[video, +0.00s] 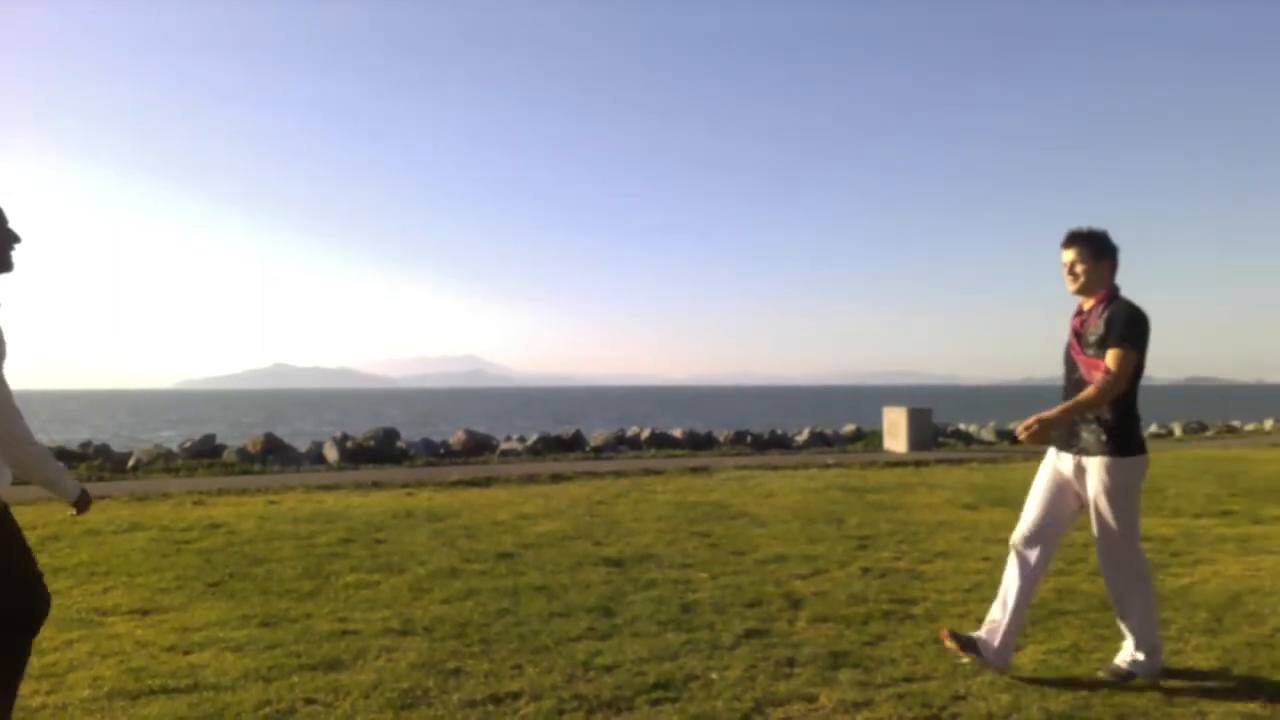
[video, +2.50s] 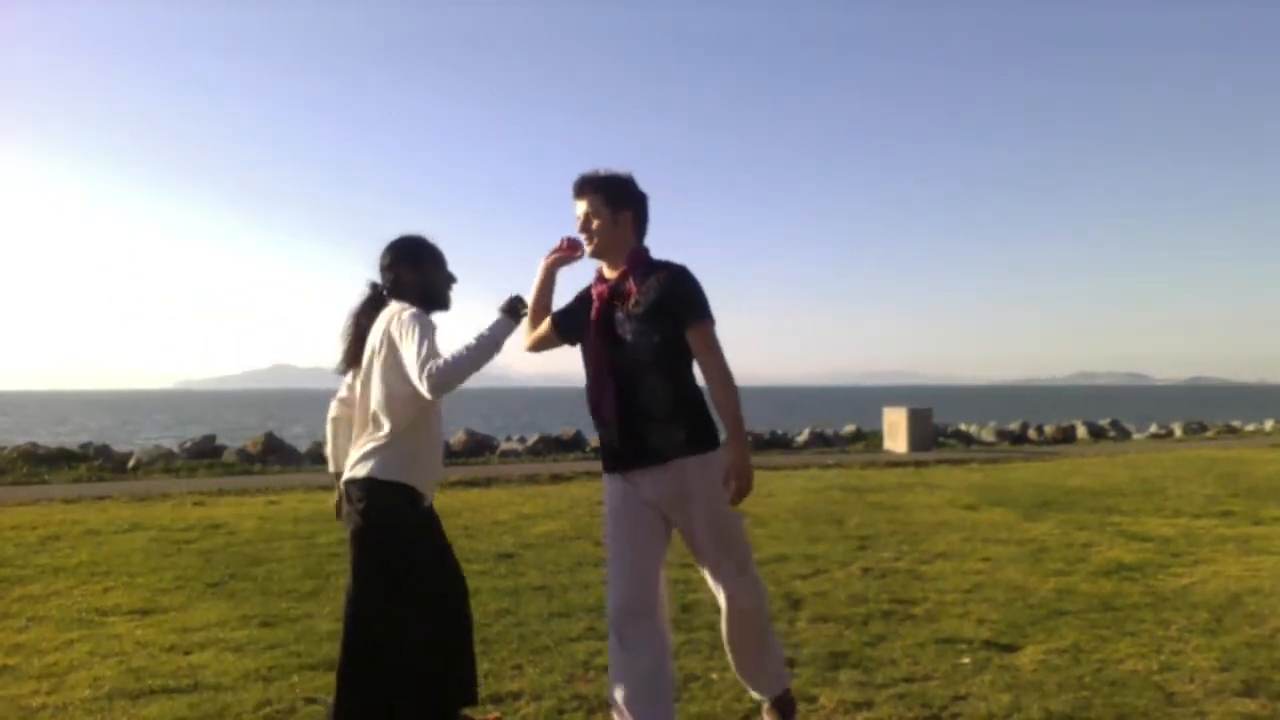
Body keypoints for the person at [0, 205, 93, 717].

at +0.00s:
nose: (12, 246)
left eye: (9, 235)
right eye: (6, 234)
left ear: (3, 243)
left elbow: (8, 420)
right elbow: (7, 422)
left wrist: (65, 484)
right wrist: (67, 486)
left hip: (2, 501)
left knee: (25, 599)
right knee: (26, 599)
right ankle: (5, 703)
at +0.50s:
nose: (167, 254)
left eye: (159, 244)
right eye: (153, 245)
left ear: (110, 260)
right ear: (119, 257)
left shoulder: (91, 313)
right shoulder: (131, 315)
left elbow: (72, 419)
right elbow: (136, 426)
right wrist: (164, 515)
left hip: (85, 491)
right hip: (113, 492)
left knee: (147, 614)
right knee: (110, 630)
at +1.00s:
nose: (253, 271)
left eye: (246, 262)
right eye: (239, 263)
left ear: (214, 276)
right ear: (205, 275)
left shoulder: (231, 334)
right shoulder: (185, 337)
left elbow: (231, 411)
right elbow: (142, 450)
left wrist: (259, 475)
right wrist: (173, 532)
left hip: (206, 494)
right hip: (182, 497)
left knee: (185, 641)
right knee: (263, 619)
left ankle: (163, 711)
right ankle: (288, 711)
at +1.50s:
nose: (332, 276)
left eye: (326, 266)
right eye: (318, 267)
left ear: (293, 280)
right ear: (285, 280)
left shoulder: (332, 341)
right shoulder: (245, 349)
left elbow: (339, 421)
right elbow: (198, 446)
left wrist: (357, 487)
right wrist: (210, 527)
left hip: (295, 504)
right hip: (253, 502)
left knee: (249, 643)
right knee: (324, 616)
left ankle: (182, 713)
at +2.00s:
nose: (408, 276)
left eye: (403, 266)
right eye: (395, 264)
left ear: (370, 274)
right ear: (362, 270)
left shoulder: (380, 346)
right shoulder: (324, 314)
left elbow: (351, 421)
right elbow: (265, 400)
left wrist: (363, 486)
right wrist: (297, 488)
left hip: (366, 509)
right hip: (320, 507)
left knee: (402, 605)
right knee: (331, 636)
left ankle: (387, 711)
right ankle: (326, 712)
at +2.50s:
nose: (450, 274)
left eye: (446, 265)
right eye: (438, 265)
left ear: (397, 277)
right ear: (404, 272)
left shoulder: (381, 324)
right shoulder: (408, 317)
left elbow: (341, 408)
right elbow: (432, 379)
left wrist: (343, 479)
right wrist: (502, 325)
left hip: (365, 488)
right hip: (392, 492)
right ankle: (428, 707)